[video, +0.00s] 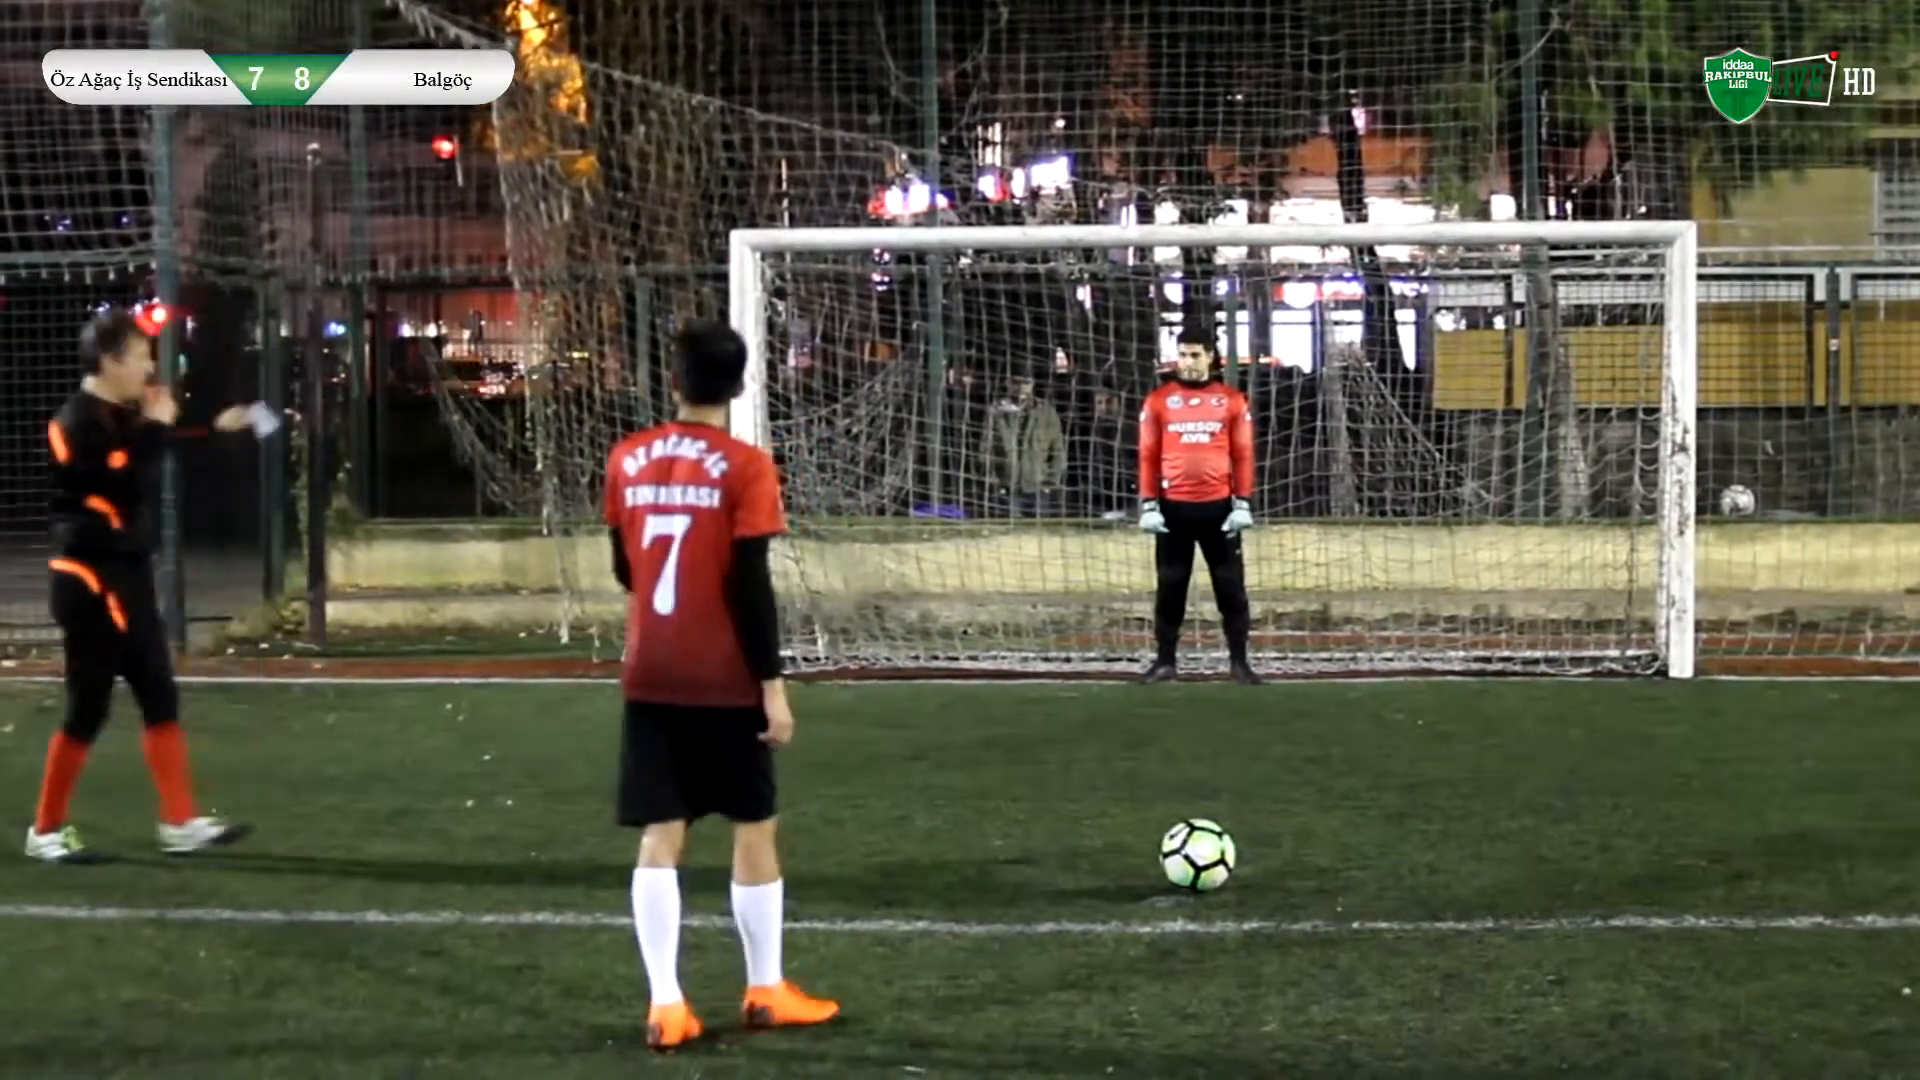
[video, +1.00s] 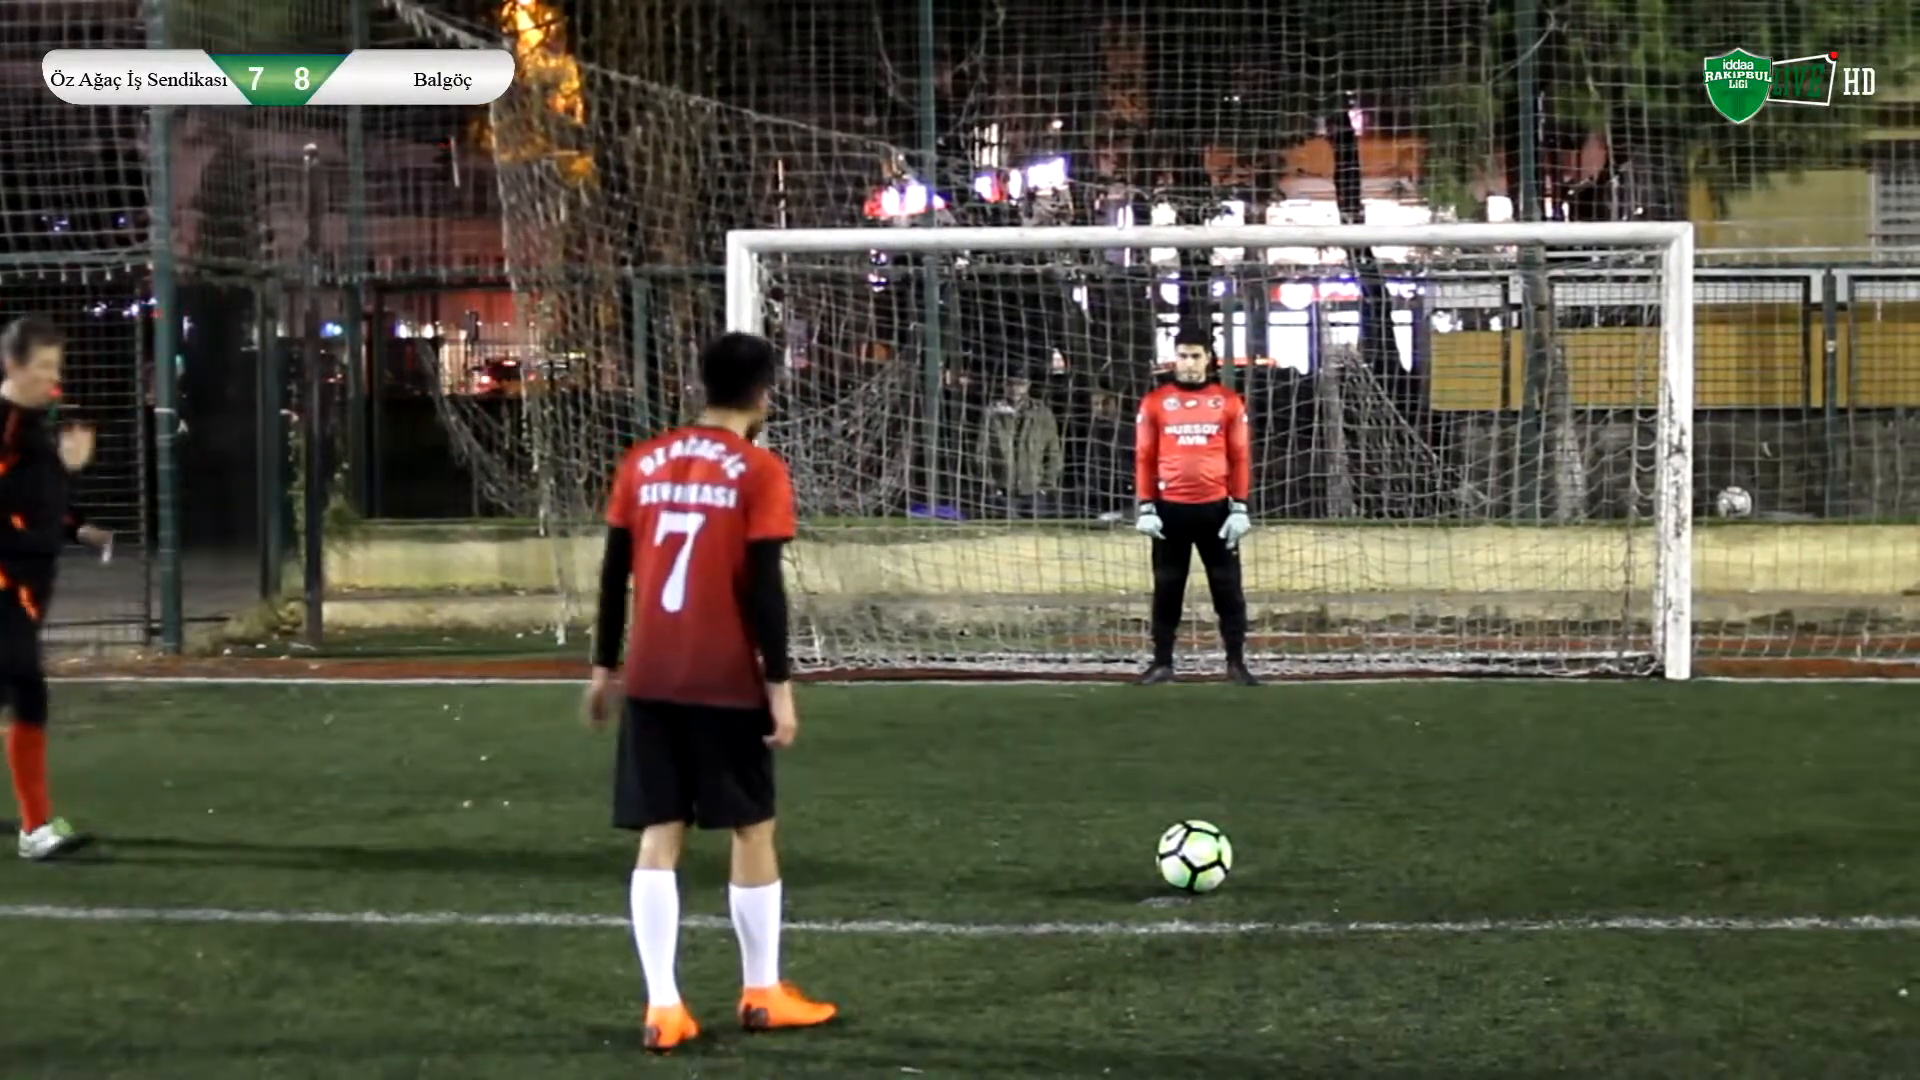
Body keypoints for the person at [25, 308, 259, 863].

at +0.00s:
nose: (149, 370)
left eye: (149, 359)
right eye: (140, 359)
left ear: (124, 362)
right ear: (106, 363)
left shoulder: (126, 415)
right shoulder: (75, 422)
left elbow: (166, 436)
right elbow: (117, 491)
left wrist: (221, 425)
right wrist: (155, 429)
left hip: (128, 575)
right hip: (85, 577)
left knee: (159, 695)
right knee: (88, 706)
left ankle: (180, 820)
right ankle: (47, 829)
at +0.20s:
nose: (123, 365)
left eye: (124, 355)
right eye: (115, 354)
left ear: (107, 359)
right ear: (80, 355)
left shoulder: (107, 411)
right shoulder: (49, 415)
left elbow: (135, 464)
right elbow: (93, 480)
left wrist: (189, 465)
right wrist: (126, 420)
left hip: (109, 568)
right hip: (65, 569)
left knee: (132, 689)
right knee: (70, 696)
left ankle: (108, 813)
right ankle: (45, 829)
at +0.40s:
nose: (97, 364)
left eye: (99, 353)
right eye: (89, 353)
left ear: (80, 355)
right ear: (57, 355)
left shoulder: (81, 412)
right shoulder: (27, 417)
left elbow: (100, 488)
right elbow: (75, 487)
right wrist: (103, 418)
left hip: (86, 565)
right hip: (46, 567)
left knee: (94, 694)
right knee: (65, 695)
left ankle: (47, 806)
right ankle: (42, 832)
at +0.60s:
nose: (78, 368)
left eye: (81, 357)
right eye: (69, 358)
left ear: (75, 359)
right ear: (37, 358)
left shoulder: (70, 411)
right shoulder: (18, 415)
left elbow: (78, 492)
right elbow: (44, 485)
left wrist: (119, 520)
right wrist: (79, 420)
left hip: (69, 568)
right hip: (31, 570)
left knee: (49, 692)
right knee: (63, 697)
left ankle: (6, 779)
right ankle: (42, 829)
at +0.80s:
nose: (63, 375)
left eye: (67, 365)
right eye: (54, 365)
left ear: (66, 366)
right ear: (23, 365)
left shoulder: (58, 418)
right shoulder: (10, 419)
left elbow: (66, 499)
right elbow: (21, 499)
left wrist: (103, 527)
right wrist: (65, 437)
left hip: (48, 581)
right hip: (15, 582)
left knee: (17, 696)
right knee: (51, 695)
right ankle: (42, 828)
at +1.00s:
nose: (55, 380)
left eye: (57, 369)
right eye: (46, 368)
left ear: (48, 369)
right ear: (14, 367)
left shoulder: (34, 425)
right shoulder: (9, 426)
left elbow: (40, 503)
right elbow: (14, 514)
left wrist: (80, 531)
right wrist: (61, 469)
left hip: (29, 579)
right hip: (8, 583)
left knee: (23, 691)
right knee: (26, 690)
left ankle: (37, 821)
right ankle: (35, 822)